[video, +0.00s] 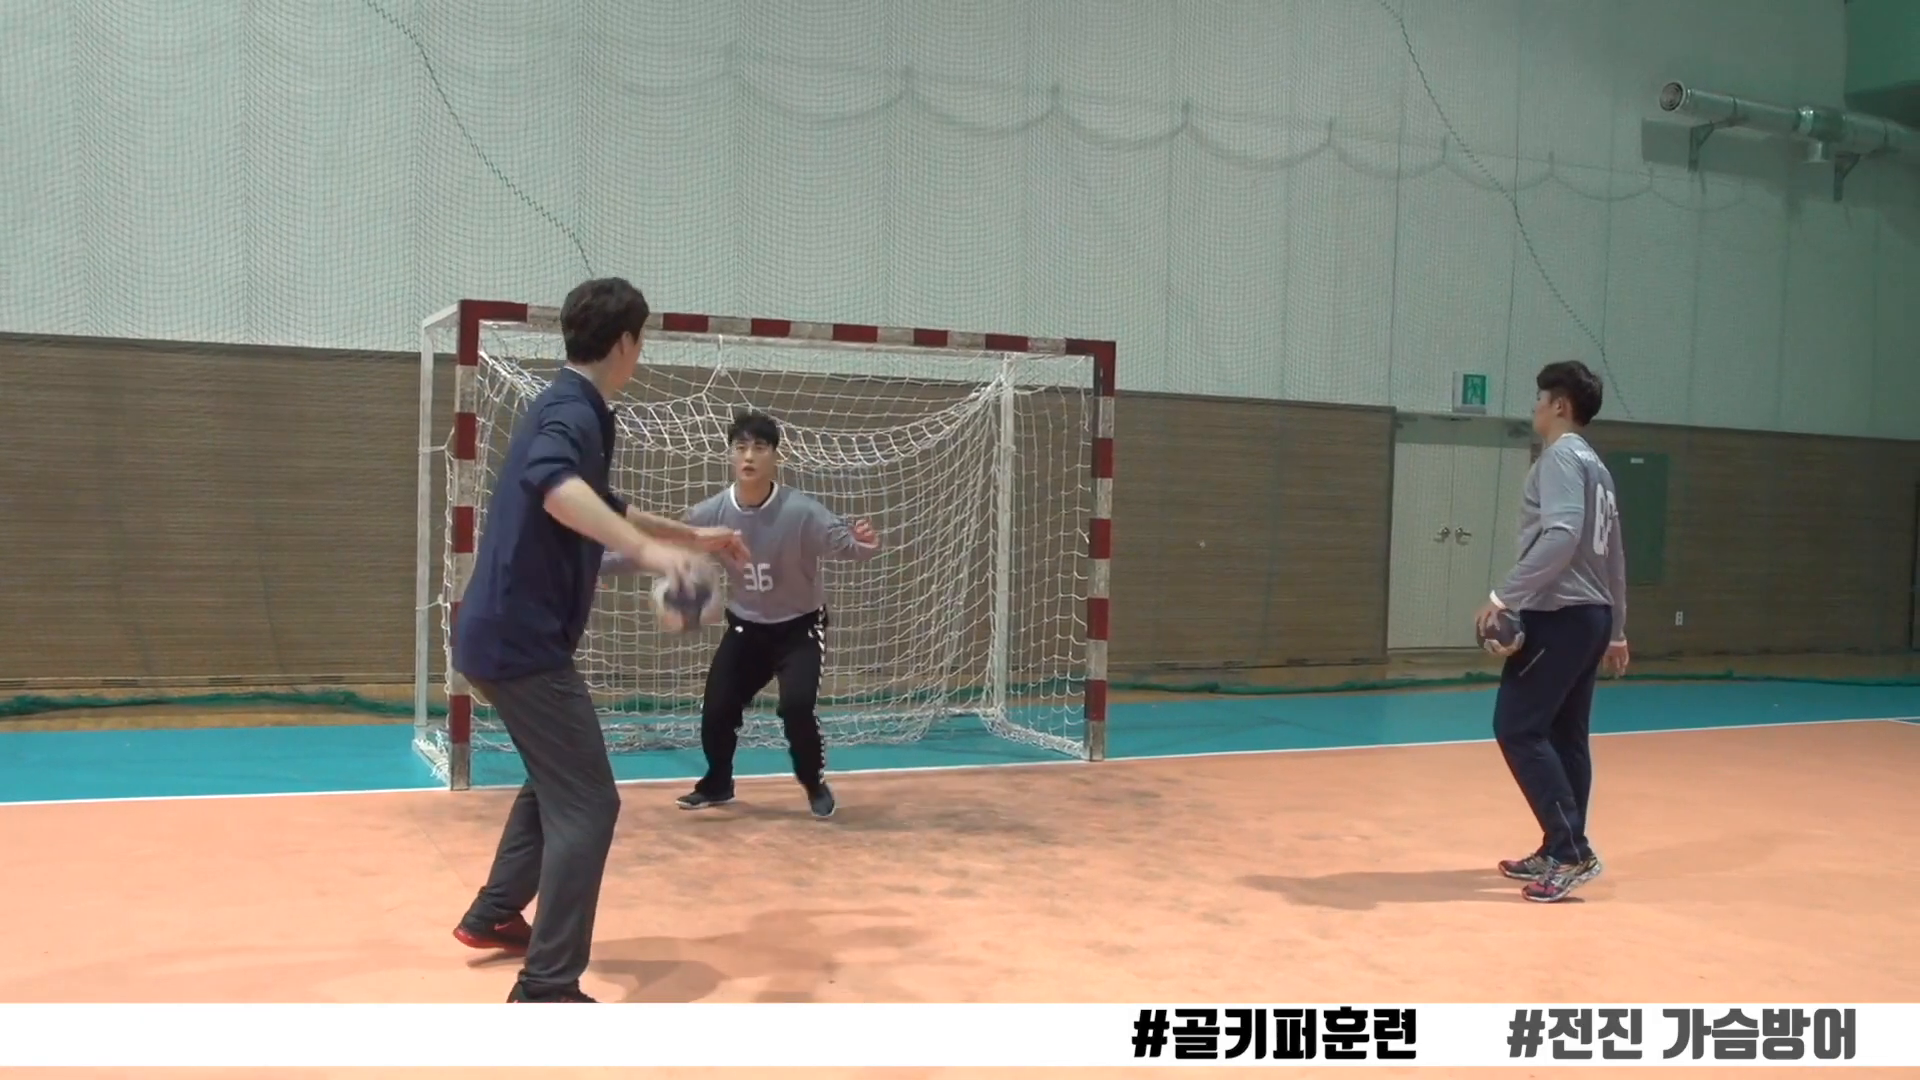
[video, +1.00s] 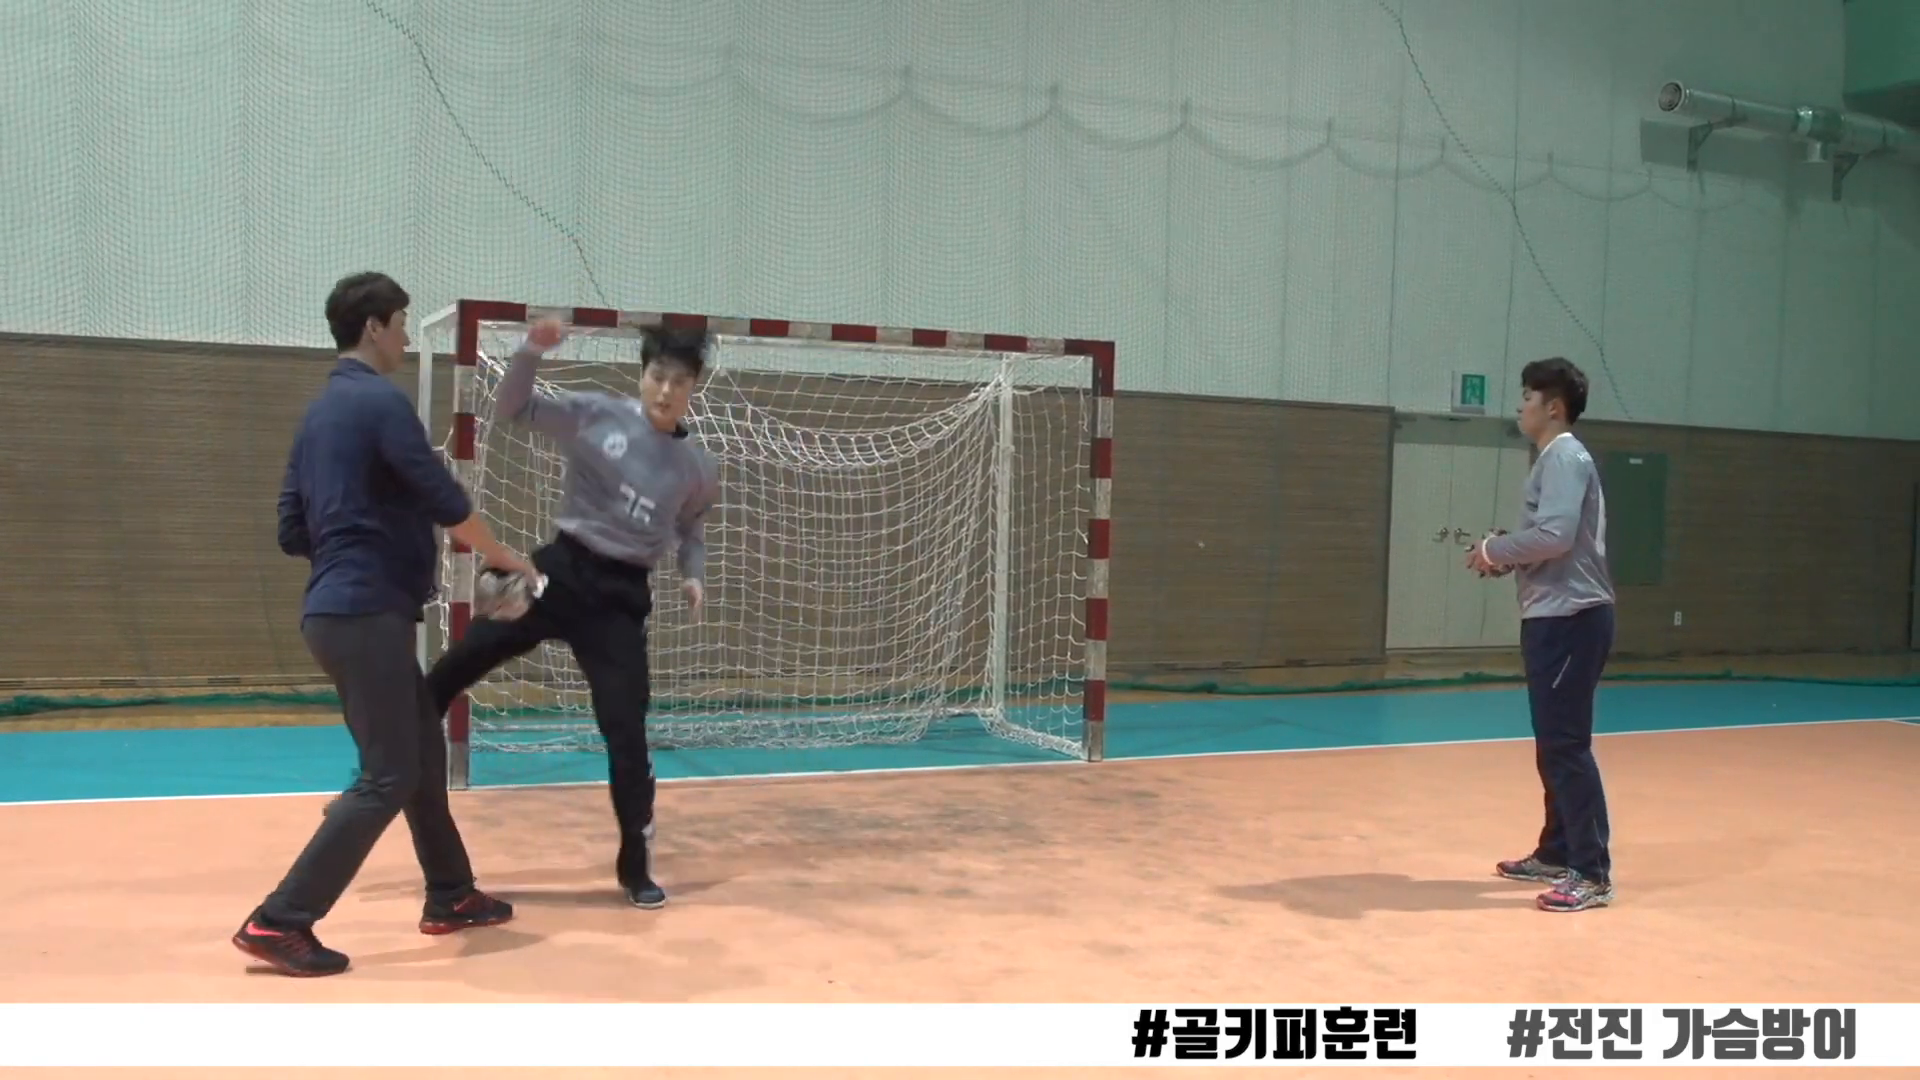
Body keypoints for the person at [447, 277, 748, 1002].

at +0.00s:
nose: (640, 354)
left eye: (639, 341)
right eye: (639, 340)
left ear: (582, 338)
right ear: (622, 342)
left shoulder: (586, 411)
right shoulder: (567, 407)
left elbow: (609, 512)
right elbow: (555, 488)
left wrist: (697, 538)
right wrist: (648, 553)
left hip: (519, 634)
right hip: (515, 639)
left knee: (559, 779)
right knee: (588, 803)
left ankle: (493, 915)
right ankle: (549, 985)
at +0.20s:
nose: (587, 380)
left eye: (587, 363)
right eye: (581, 364)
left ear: (534, 367)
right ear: (556, 367)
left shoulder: (532, 430)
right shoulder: (534, 432)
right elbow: (559, 417)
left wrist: (584, 511)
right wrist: (567, 310)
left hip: (497, 647)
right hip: (517, 652)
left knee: (528, 768)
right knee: (578, 806)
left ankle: (459, 890)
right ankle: (548, 981)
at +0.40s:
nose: (537, 369)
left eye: (530, 359)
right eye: (534, 358)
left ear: (473, 368)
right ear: (522, 362)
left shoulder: (447, 439)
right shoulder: (533, 415)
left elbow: (399, 547)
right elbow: (635, 411)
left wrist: (435, 604)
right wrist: (633, 322)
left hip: (446, 623)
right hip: (509, 616)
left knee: (475, 761)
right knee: (528, 772)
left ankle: (454, 895)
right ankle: (487, 936)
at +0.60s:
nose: (508, 357)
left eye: (503, 347)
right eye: (503, 348)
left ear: (441, 361)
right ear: (489, 353)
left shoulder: (404, 430)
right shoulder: (520, 401)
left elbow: (362, 525)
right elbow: (613, 413)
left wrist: (404, 590)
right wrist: (662, 388)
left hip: (409, 601)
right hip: (474, 588)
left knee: (448, 747)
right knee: (498, 745)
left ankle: (453, 887)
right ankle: (446, 896)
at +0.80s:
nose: (464, 338)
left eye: (459, 327)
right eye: (460, 327)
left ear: (398, 337)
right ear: (443, 330)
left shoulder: (359, 424)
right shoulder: (466, 388)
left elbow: (341, 533)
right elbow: (565, 427)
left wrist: (415, 532)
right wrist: (615, 420)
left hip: (374, 596)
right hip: (432, 587)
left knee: (433, 751)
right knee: (466, 752)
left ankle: (453, 896)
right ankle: (354, 894)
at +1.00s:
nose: (408, 336)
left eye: (405, 324)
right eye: (401, 324)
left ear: (353, 330)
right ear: (374, 327)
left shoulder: (322, 410)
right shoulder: (382, 400)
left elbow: (295, 530)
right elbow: (446, 501)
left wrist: (386, 538)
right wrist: (502, 556)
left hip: (335, 607)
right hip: (369, 610)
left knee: (423, 754)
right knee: (386, 777)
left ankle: (450, 896)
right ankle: (279, 923)